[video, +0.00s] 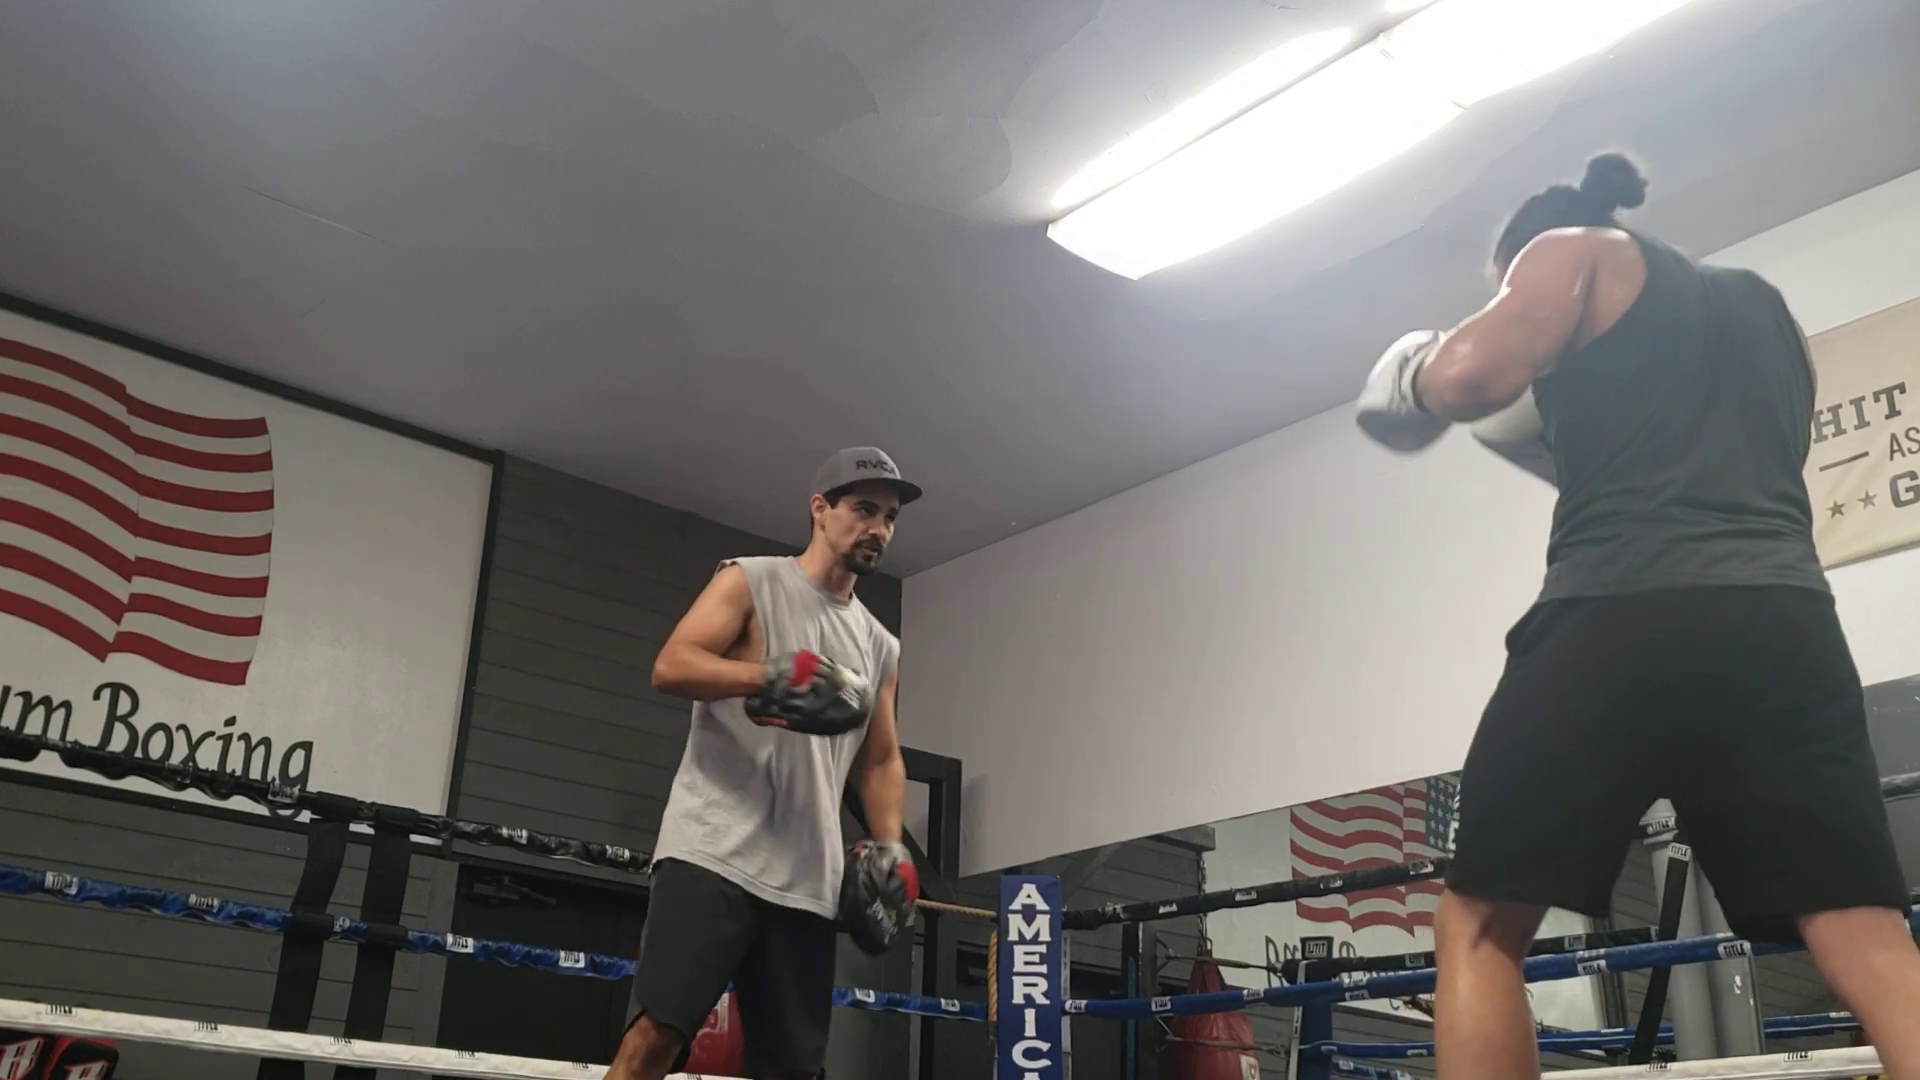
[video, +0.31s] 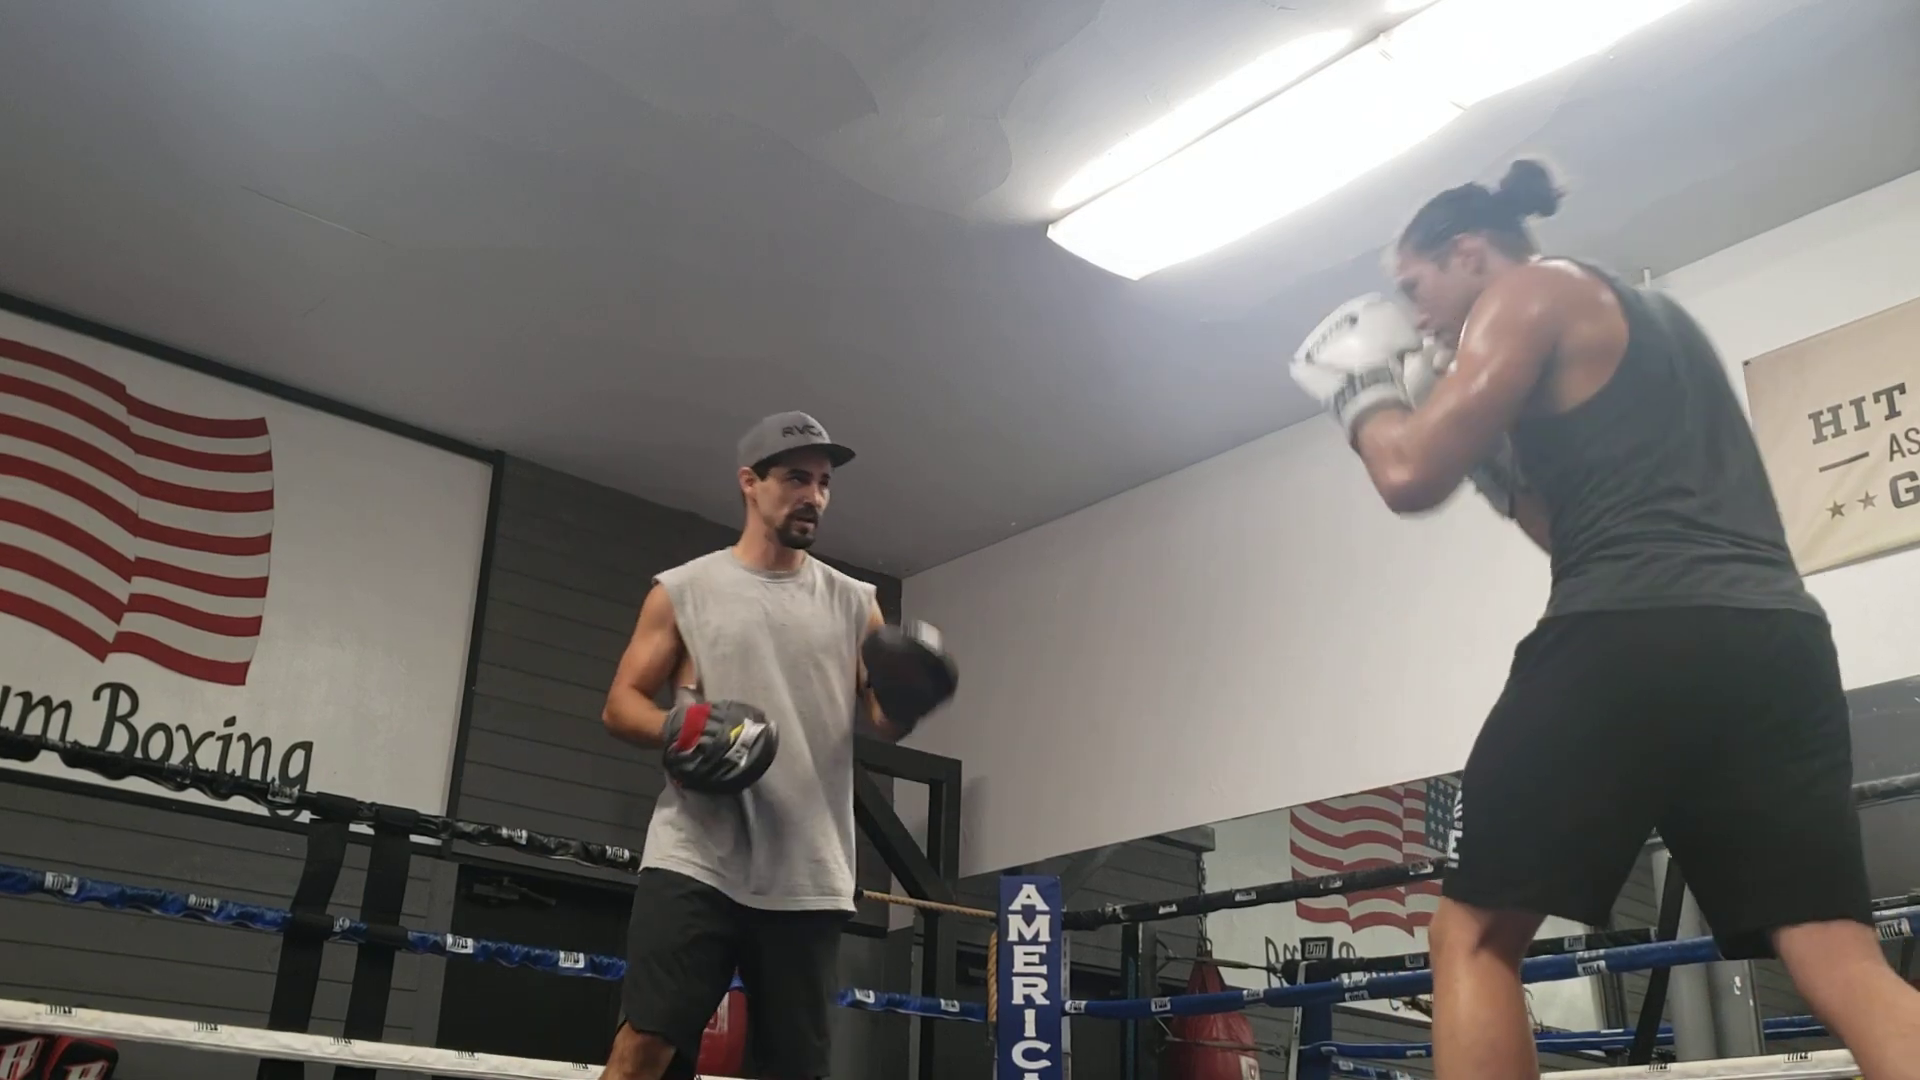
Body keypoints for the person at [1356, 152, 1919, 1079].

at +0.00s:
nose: (1515, 287)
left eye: (1513, 268)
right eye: (1510, 278)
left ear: (1547, 240)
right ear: (1615, 218)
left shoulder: (1578, 247)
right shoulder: (1766, 305)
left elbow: (1469, 378)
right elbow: (1675, 467)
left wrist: (1412, 371)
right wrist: (1512, 425)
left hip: (1613, 627)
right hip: (1782, 623)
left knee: (1481, 930)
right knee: (1871, 941)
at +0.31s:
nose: (1420, 315)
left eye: (1417, 287)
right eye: (1410, 296)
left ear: (1467, 246)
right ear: (1489, 245)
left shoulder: (1531, 292)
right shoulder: (1659, 317)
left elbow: (1409, 473)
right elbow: (1569, 529)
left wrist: (1362, 390)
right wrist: (1464, 420)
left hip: (1625, 634)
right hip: (1776, 631)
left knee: (1476, 939)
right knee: (1838, 952)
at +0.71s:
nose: (1401, 392)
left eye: (1398, 371)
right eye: (1394, 380)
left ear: (1421, 332)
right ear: (1474, 301)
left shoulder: (1470, 335)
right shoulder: (1631, 380)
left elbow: (1350, 508)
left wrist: (1334, 436)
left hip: (1609, 661)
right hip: (1743, 654)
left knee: (1457, 955)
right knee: (1826, 967)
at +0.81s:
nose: (1443, 439)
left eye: (1447, 419)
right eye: (1440, 429)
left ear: (1470, 390)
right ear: (1538, 373)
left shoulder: (1496, 391)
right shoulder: (1672, 442)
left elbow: (1378, 545)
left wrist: (1376, 487)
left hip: (1629, 705)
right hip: (1769, 704)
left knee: (1441, 971)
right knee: (1848, 1008)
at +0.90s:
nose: (1482, 501)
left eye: (1486, 482)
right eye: (1483, 490)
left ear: (1514, 451)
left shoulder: (1539, 457)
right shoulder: (1711, 504)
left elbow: (1431, 586)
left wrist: (1404, 570)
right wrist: (1533, 652)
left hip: (1659, 749)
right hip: (1804, 755)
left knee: (1439, 993)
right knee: (1839, 1038)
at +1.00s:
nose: (1514, 539)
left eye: (1511, 521)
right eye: (1507, 528)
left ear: (1542, 477)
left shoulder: (1581, 471)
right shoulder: (1737, 526)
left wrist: (1456, 605)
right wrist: (1594, 697)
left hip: (1688, 764)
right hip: (1830, 780)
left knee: (1472, 993)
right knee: (1838, 1038)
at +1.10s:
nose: (1498, 497)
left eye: (1497, 470)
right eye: (1489, 480)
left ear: (1544, 436)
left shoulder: (1603, 431)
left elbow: (1585, 554)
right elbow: (1672, 710)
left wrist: (1486, 547)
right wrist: (1566, 642)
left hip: (1727, 725)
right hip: (1840, 736)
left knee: (1535, 950)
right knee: (1819, 1032)